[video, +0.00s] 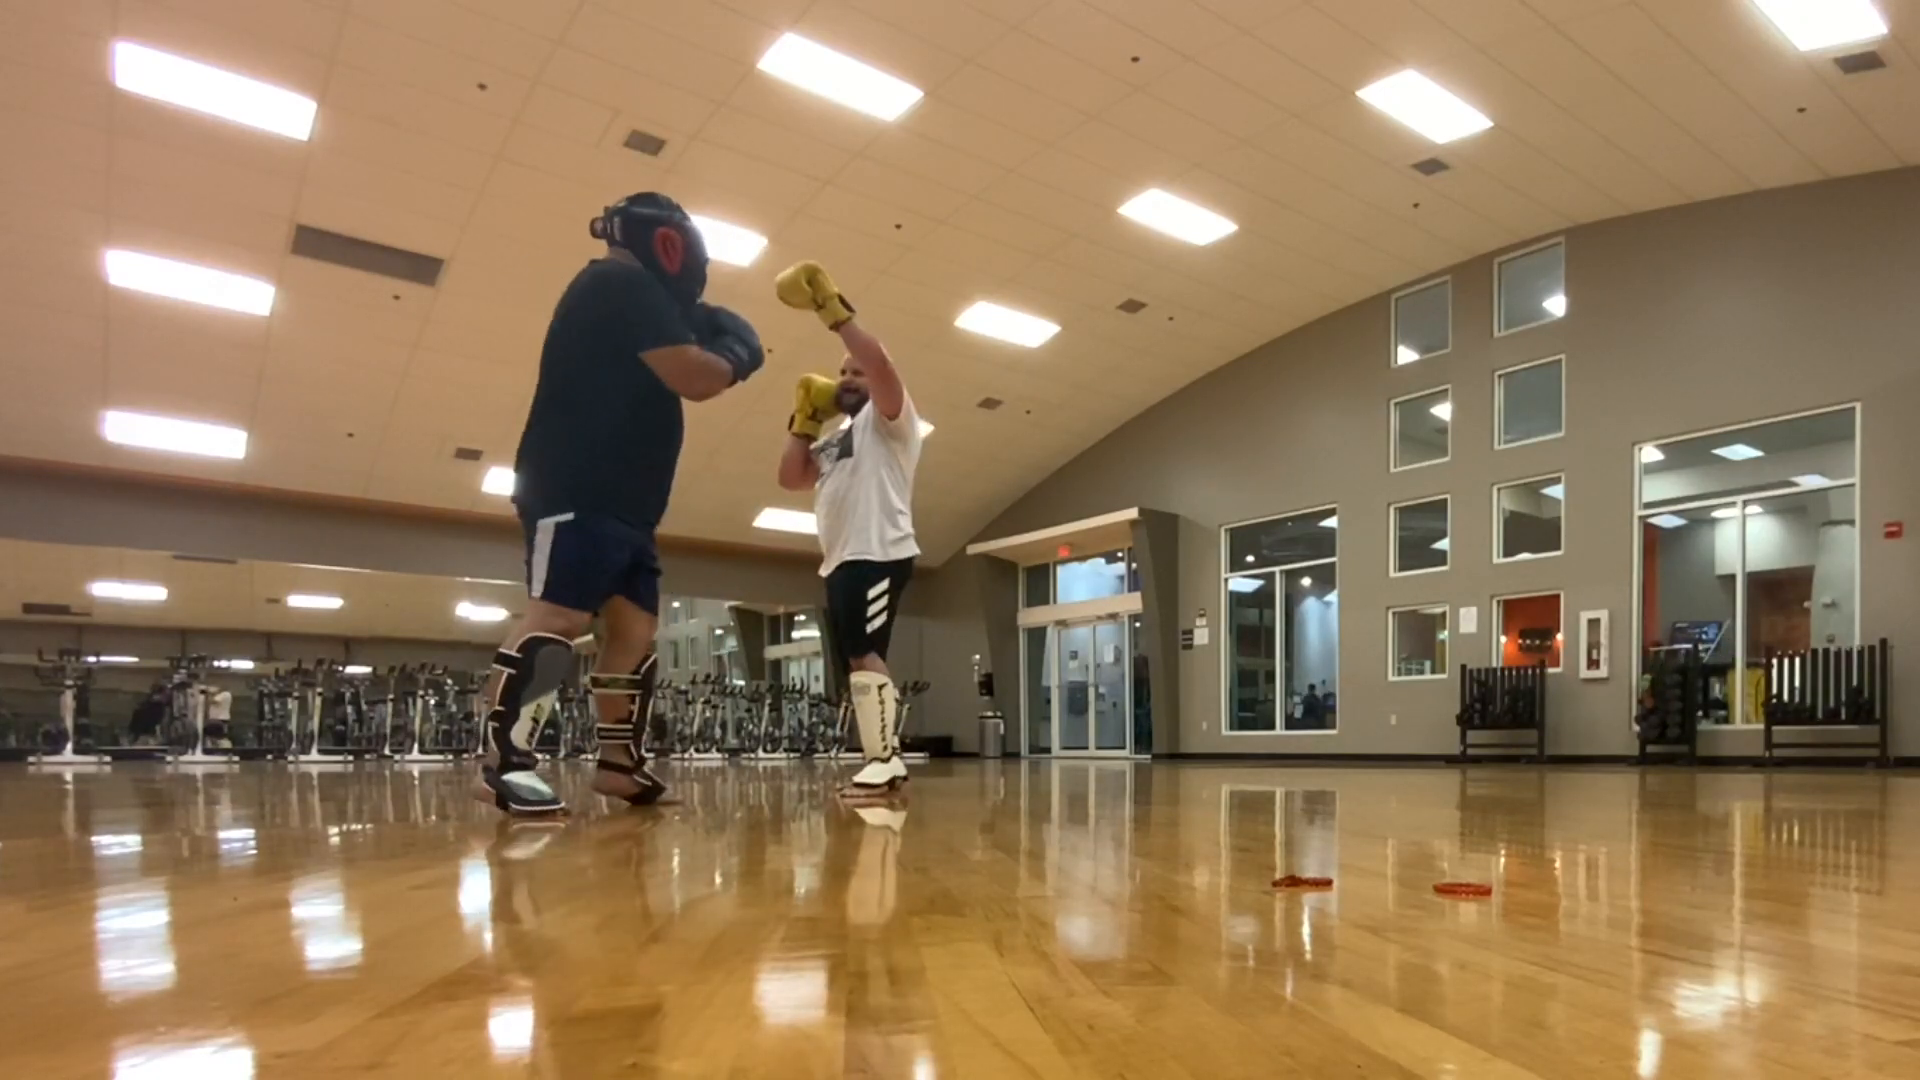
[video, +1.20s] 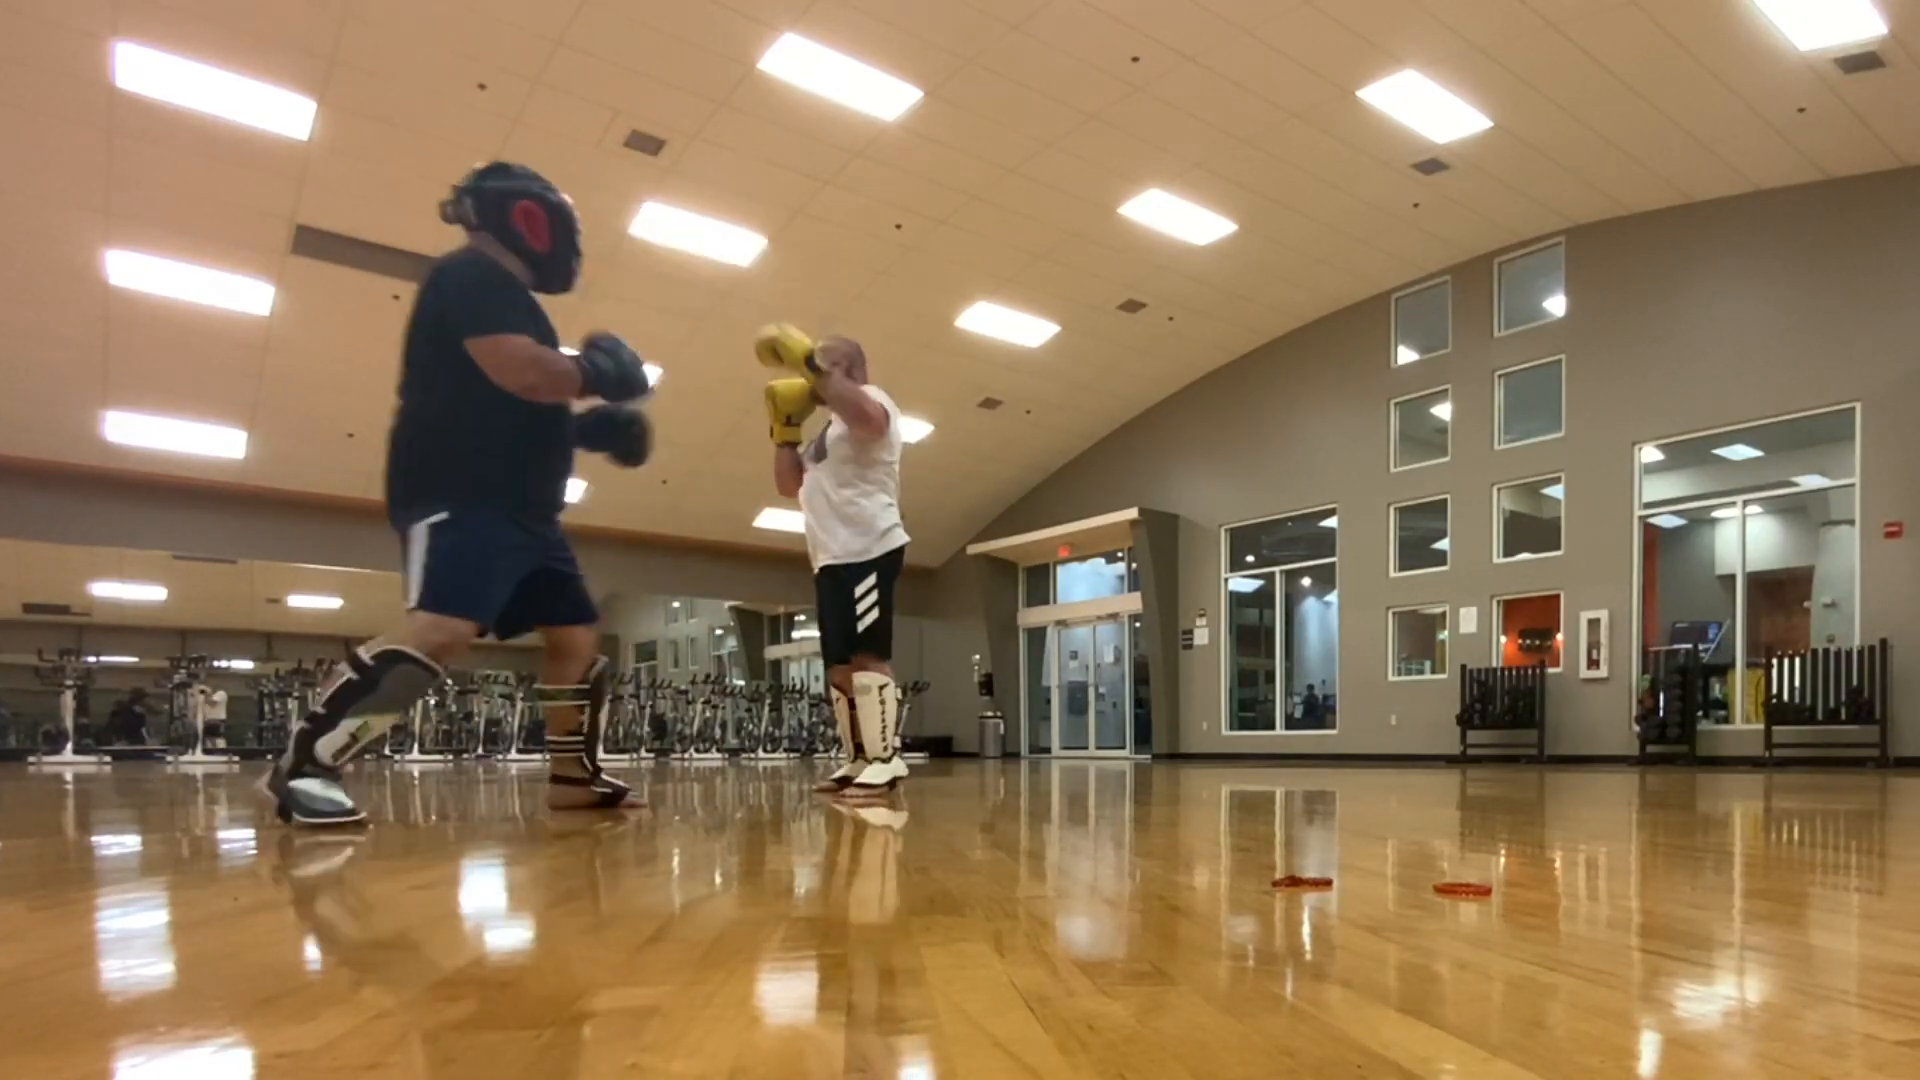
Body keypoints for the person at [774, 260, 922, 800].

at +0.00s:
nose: (848, 381)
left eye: (859, 375)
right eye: (844, 374)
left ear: (877, 384)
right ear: (836, 386)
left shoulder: (890, 422)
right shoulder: (835, 441)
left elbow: (879, 366)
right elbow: (791, 478)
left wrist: (836, 315)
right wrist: (804, 423)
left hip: (878, 548)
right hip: (842, 556)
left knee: (863, 657)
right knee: (856, 662)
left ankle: (882, 762)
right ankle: (880, 760)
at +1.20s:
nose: (822, 377)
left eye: (832, 368)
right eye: (818, 369)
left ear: (858, 370)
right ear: (819, 378)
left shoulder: (873, 402)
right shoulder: (824, 434)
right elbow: (789, 484)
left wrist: (812, 372)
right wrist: (785, 428)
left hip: (868, 548)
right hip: (832, 555)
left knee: (867, 656)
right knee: (838, 664)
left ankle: (884, 761)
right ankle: (855, 760)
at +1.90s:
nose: (811, 380)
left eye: (822, 372)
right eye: (806, 372)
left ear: (847, 378)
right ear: (798, 377)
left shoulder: (866, 423)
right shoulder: (791, 431)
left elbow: (910, 474)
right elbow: (755, 483)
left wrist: (875, 421)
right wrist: (756, 432)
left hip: (862, 545)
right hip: (816, 555)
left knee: (836, 635)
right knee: (838, 653)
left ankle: (852, 750)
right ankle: (863, 755)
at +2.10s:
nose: (797, 372)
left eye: (809, 365)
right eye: (793, 363)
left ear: (836, 373)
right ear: (786, 369)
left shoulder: (853, 419)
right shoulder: (777, 428)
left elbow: (900, 473)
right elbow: (746, 487)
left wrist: (867, 418)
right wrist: (741, 435)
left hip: (851, 550)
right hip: (803, 558)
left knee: (822, 648)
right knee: (835, 663)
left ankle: (836, 766)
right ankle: (861, 760)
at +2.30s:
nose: (781, 353)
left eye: (793, 345)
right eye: (775, 344)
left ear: (821, 352)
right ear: (769, 349)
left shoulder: (847, 396)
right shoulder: (762, 409)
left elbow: (880, 460)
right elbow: (741, 479)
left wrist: (829, 419)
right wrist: (724, 438)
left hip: (837, 541)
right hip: (785, 550)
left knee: (824, 656)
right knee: (776, 666)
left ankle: (836, 772)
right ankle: (833, 756)